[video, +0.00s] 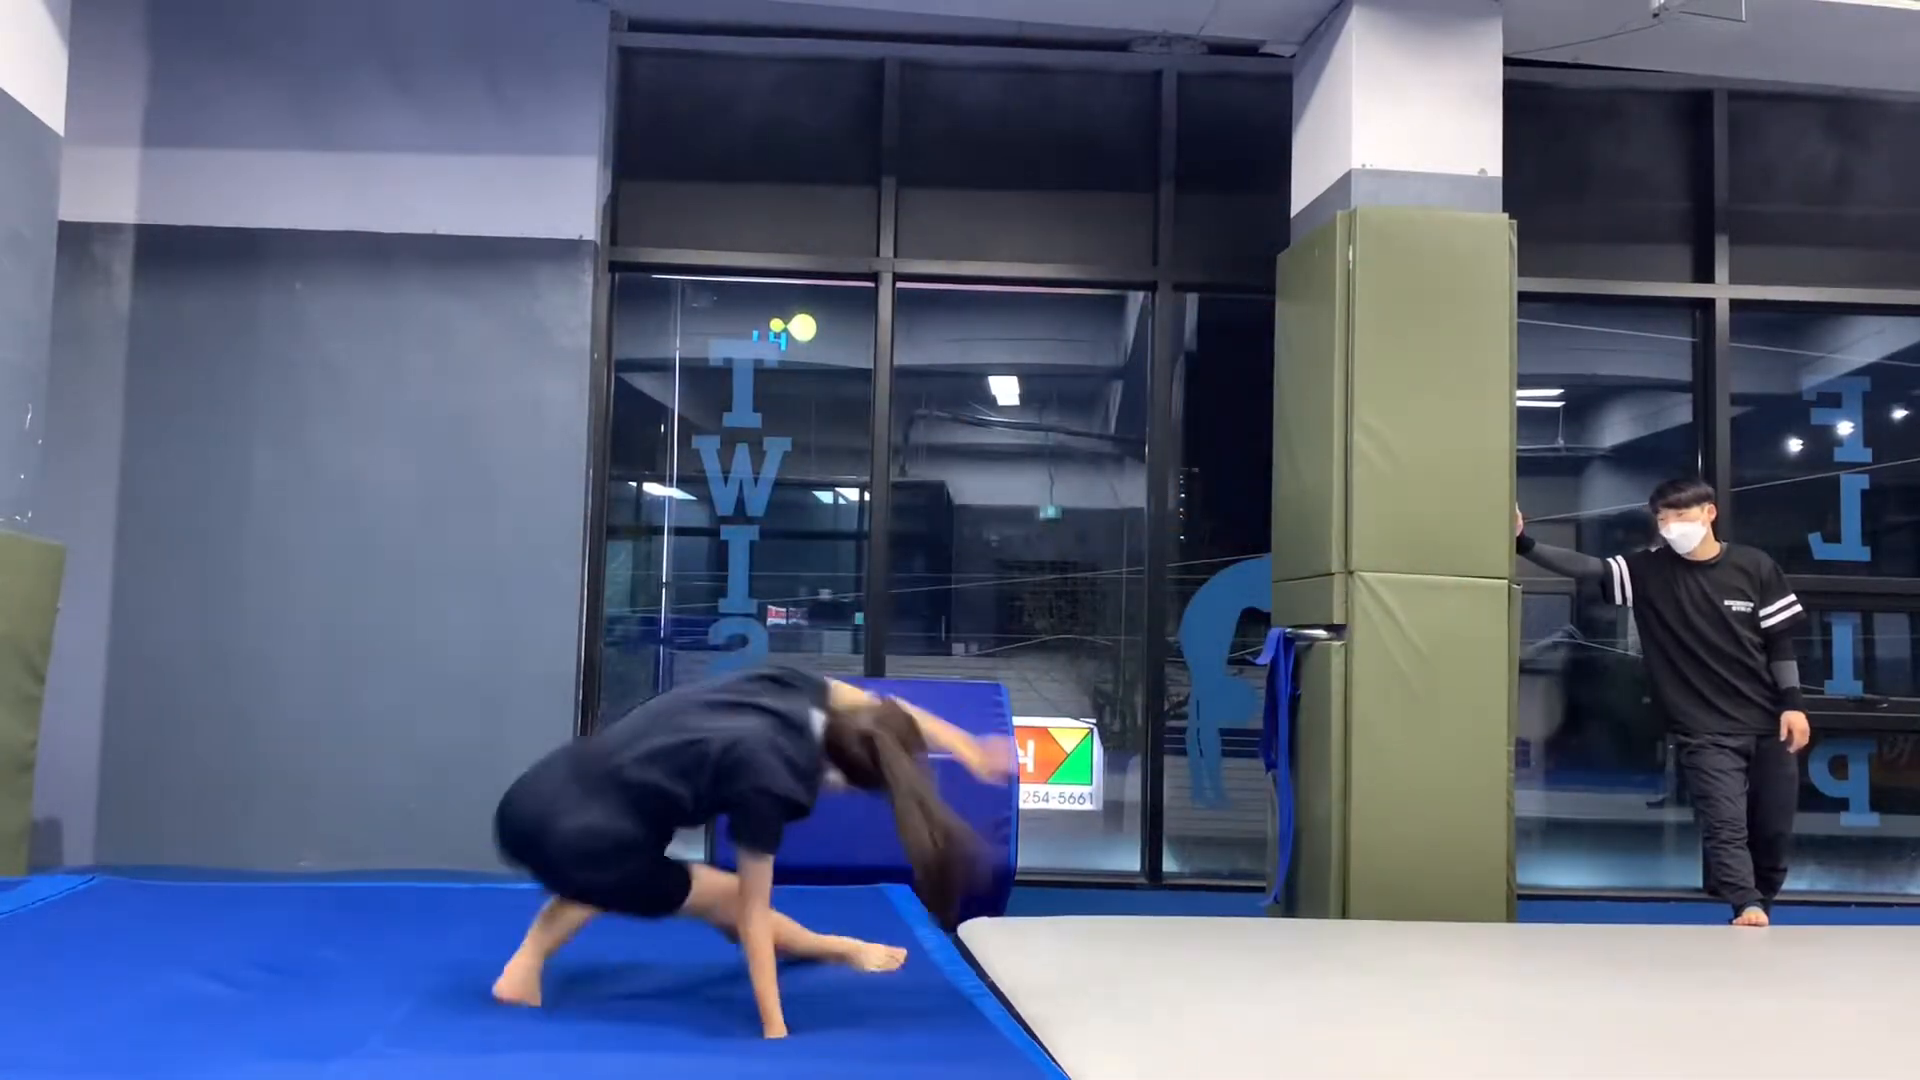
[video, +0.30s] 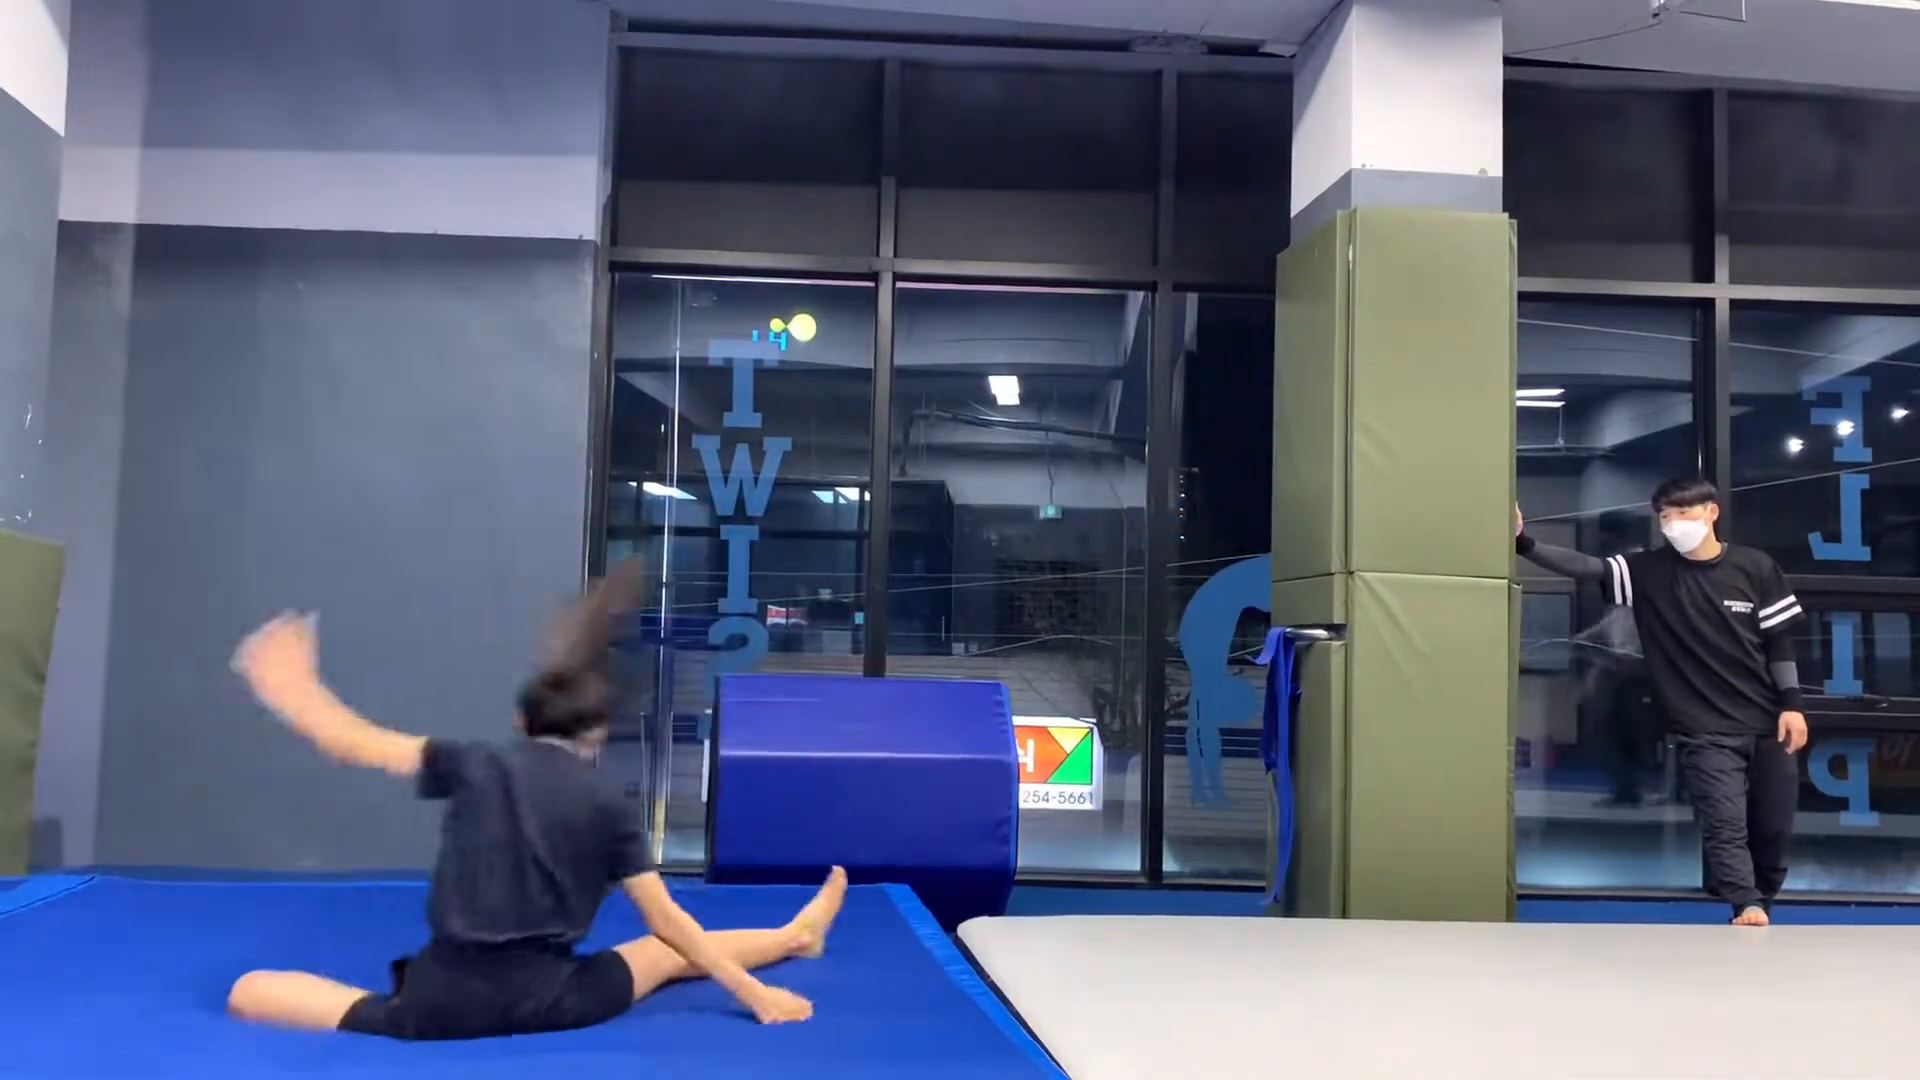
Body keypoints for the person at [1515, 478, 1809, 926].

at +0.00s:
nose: (1669, 524)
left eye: (1680, 513)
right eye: (1663, 516)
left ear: (1709, 513)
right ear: (1657, 521)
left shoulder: (1755, 567)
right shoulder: (1648, 569)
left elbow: (1780, 642)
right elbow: (1586, 567)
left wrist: (1792, 704)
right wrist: (1525, 543)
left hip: (1767, 723)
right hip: (1703, 726)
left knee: (1775, 829)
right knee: (1725, 818)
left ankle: (1759, 901)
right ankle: (1746, 907)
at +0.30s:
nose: (1670, 523)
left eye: (1681, 512)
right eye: (1664, 515)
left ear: (1711, 513)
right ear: (1659, 520)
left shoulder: (1755, 568)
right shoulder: (1649, 569)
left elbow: (1780, 642)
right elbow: (1587, 566)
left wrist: (1792, 705)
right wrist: (1525, 543)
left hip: (1766, 722)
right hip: (1703, 725)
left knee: (1775, 827)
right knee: (1725, 817)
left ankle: (1759, 898)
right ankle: (1746, 906)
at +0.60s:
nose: (1671, 523)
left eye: (1683, 512)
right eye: (1665, 515)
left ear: (1711, 513)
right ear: (1659, 520)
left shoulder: (1755, 568)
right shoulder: (1649, 568)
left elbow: (1778, 643)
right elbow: (1588, 566)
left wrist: (1789, 705)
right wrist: (1525, 543)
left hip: (1765, 721)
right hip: (1704, 724)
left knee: (1775, 826)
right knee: (1724, 816)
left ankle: (1760, 898)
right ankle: (1746, 906)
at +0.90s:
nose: (1669, 510)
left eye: (1682, 504)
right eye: (1664, 501)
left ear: (1706, 512)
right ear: (1654, 508)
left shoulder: (1738, 565)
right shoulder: (1634, 562)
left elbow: (1788, 615)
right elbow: (1577, 550)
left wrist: (1770, 669)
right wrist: (1524, 526)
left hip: (1731, 717)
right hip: (1667, 721)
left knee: (1747, 823)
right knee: (1682, 830)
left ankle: (1683, 901)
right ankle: (1713, 927)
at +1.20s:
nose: (1666, 511)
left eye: (1679, 503)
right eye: (1661, 502)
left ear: (1703, 510)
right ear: (1652, 508)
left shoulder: (1738, 565)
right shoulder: (1634, 560)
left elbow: (1788, 615)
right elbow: (1577, 550)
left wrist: (1770, 670)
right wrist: (1524, 526)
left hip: (1731, 717)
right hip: (1667, 720)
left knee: (1747, 823)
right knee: (1682, 830)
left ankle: (1684, 900)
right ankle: (1713, 926)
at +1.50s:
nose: (1664, 512)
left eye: (1675, 503)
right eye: (1656, 505)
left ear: (1700, 508)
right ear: (1648, 513)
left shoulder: (1738, 564)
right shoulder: (1633, 561)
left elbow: (1788, 615)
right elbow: (1578, 552)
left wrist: (1770, 669)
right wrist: (1523, 526)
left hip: (1731, 718)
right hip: (1666, 722)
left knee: (1747, 823)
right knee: (1682, 832)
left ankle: (1684, 899)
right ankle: (1714, 928)